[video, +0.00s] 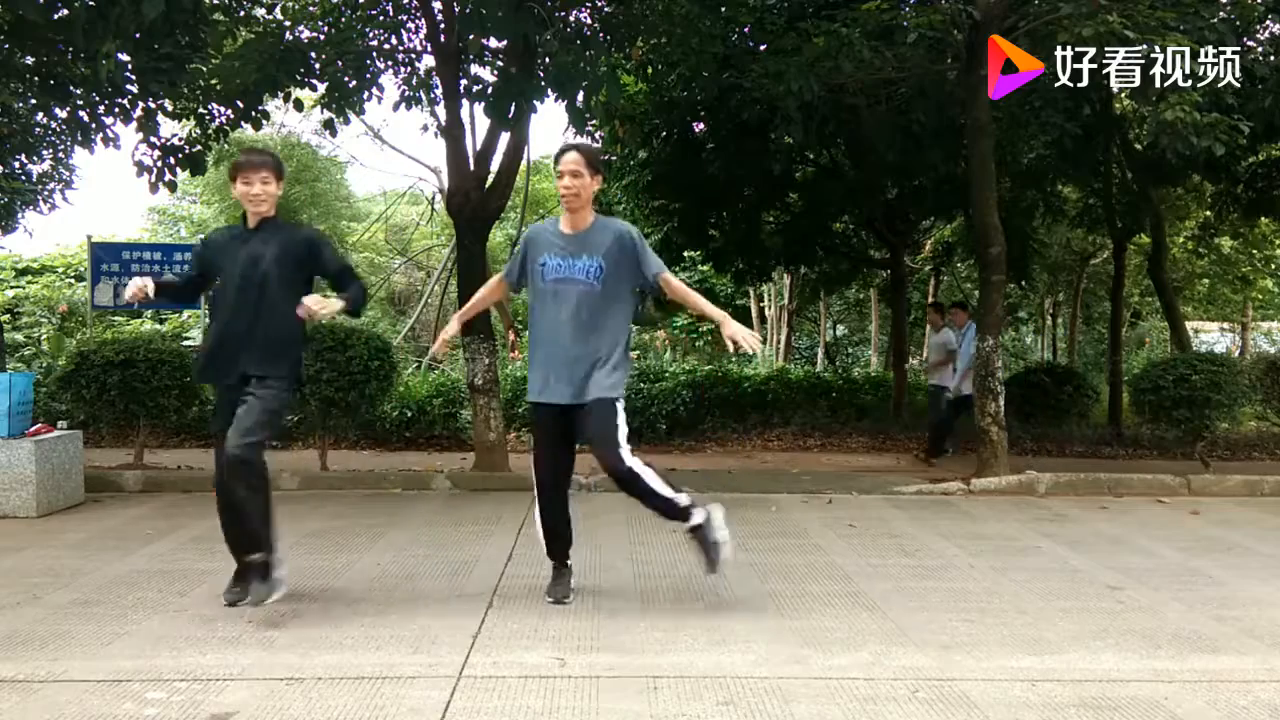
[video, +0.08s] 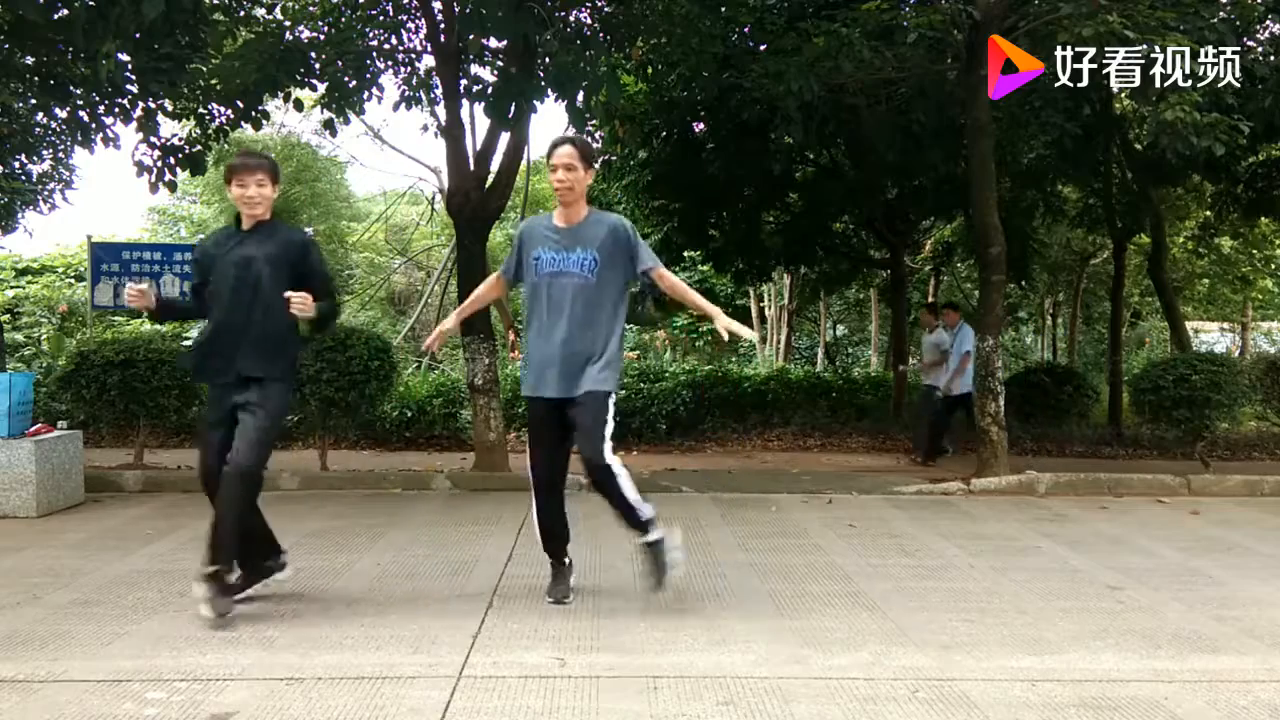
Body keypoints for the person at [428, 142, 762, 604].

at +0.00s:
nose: (566, 183)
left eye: (576, 175)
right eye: (561, 175)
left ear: (596, 182)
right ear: (554, 183)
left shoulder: (621, 236)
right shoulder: (535, 237)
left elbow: (668, 283)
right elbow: (503, 282)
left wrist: (722, 318)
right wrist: (458, 318)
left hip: (601, 379)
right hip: (547, 380)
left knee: (616, 463)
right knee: (549, 482)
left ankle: (695, 518)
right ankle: (559, 567)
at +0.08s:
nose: (560, 177)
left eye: (570, 169)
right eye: (554, 169)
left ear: (589, 175)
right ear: (547, 176)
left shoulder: (615, 230)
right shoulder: (530, 233)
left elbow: (662, 277)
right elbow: (502, 280)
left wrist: (714, 311)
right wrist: (456, 315)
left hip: (595, 371)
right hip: (542, 373)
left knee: (597, 462)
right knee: (544, 479)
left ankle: (653, 537)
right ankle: (559, 564)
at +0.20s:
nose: (552, 184)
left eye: (561, 176)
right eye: (545, 176)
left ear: (580, 181)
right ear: (536, 184)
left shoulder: (608, 239)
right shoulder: (524, 242)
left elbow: (639, 299)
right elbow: (508, 307)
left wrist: (692, 330)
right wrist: (454, 326)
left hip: (585, 379)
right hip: (531, 380)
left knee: (564, 471)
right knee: (528, 476)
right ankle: (575, 559)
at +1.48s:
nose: (543, 196)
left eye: (553, 188)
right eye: (536, 188)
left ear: (570, 196)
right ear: (527, 195)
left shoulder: (589, 253)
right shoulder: (510, 254)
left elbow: (624, 306)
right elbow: (501, 318)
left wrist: (626, 315)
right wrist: (463, 313)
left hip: (564, 393)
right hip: (516, 391)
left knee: (531, 484)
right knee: (510, 482)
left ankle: (511, 579)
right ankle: (565, 566)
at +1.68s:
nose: (553, 177)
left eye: (562, 169)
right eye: (545, 169)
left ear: (578, 176)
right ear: (536, 176)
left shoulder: (601, 233)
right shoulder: (517, 236)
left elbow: (617, 296)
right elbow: (491, 293)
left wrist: (624, 353)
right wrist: (496, 314)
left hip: (583, 357)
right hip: (534, 363)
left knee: (546, 418)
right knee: (538, 459)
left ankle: (546, 517)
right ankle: (563, 558)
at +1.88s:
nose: (573, 183)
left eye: (582, 175)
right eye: (565, 175)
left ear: (596, 184)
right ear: (554, 183)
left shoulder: (615, 241)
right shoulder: (532, 241)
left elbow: (626, 304)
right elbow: (500, 301)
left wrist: (636, 365)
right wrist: (516, 302)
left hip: (596, 361)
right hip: (546, 369)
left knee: (583, 415)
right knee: (546, 472)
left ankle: (597, 493)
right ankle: (552, 561)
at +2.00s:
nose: (592, 183)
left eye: (600, 174)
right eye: (583, 175)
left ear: (614, 183)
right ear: (572, 183)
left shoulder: (631, 242)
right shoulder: (546, 240)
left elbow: (638, 302)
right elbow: (528, 298)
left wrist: (645, 359)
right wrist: (538, 322)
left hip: (610, 380)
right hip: (555, 381)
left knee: (612, 465)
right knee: (548, 473)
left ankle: (619, 558)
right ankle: (547, 554)